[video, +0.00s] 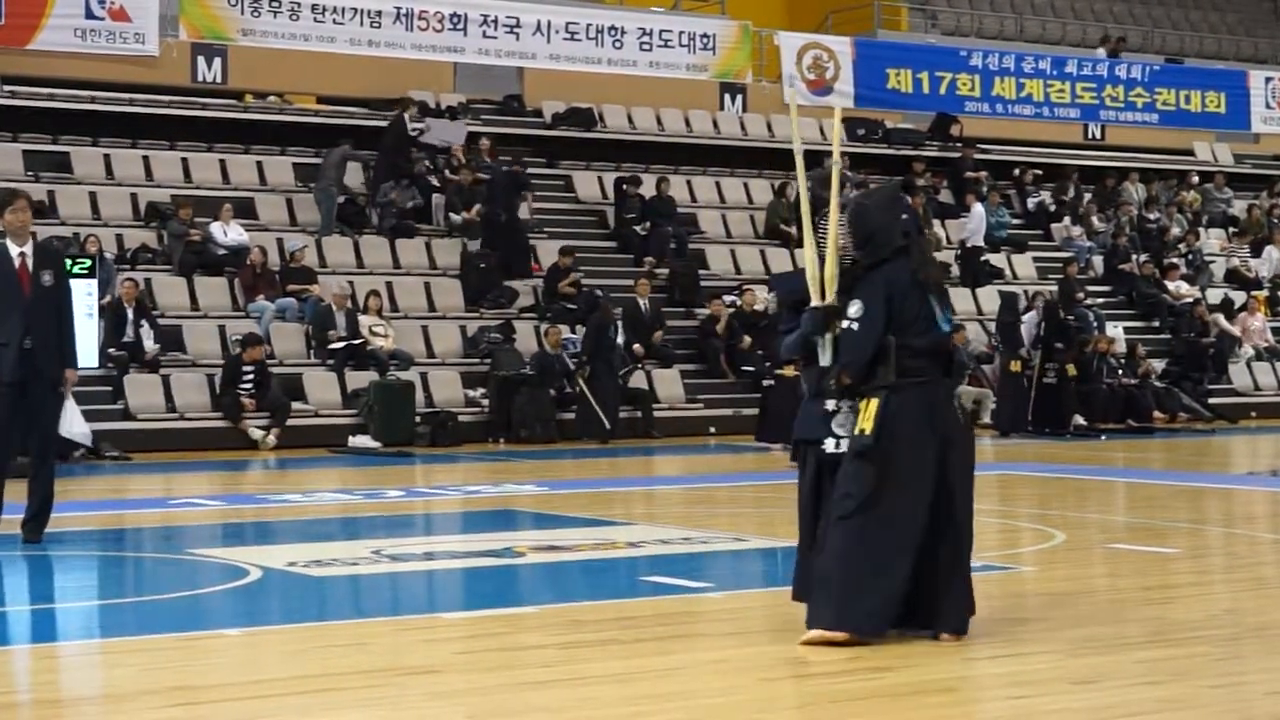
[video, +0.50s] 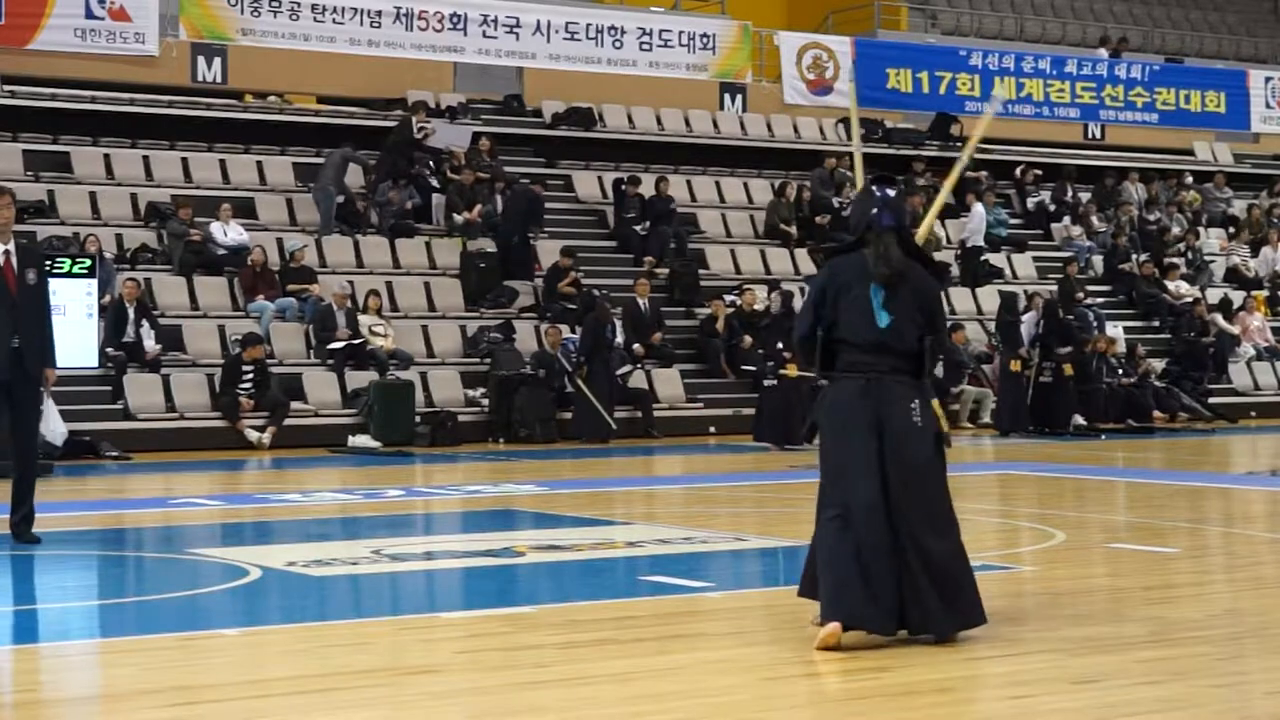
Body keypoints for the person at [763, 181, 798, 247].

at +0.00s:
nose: (792, 192)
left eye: (792, 189)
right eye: (790, 189)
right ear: (783, 190)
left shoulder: (789, 205)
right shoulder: (775, 204)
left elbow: (792, 219)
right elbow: (775, 223)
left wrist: (793, 230)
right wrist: (790, 231)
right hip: (773, 233)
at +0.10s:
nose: (792, 192)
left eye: (793, 189)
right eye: (790, 188)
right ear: (783, 190)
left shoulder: (789, 204)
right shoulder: (774, 204)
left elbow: (792, 219)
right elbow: (775, 222)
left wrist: (793, 229)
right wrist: (790, 231)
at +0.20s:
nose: (792, 192)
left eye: (793, 189)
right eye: (790, 188)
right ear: (783, 189)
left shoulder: (789, 204)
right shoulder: (775, 203)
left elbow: (792, 219)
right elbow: (775, 223)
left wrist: (793, 229)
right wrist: (791, 231)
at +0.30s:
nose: (792, 192)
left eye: (793, 189)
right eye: (790, 188)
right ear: (783, 189)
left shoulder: (789, 205)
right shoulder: (775, 203)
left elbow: (792, 219)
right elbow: (775, 222)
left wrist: (793, 229)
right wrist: (790, 231)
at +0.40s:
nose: (792, 192)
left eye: (793, 189)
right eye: (790, 188)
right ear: (783, 190)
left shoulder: (789, 204)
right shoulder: (775, 203)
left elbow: (792, 219)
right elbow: (775, 222)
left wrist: (793, 229)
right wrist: (790, 231)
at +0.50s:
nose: (792, 191)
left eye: (792, 189)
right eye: (790, 188)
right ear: (783, 189)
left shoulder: (790, 204)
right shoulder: (774, 203)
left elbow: (792, 219)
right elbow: (775, 222)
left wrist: (794, 231)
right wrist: (790, 230)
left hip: (785, 229)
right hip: (772, 230)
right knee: (788, 236)